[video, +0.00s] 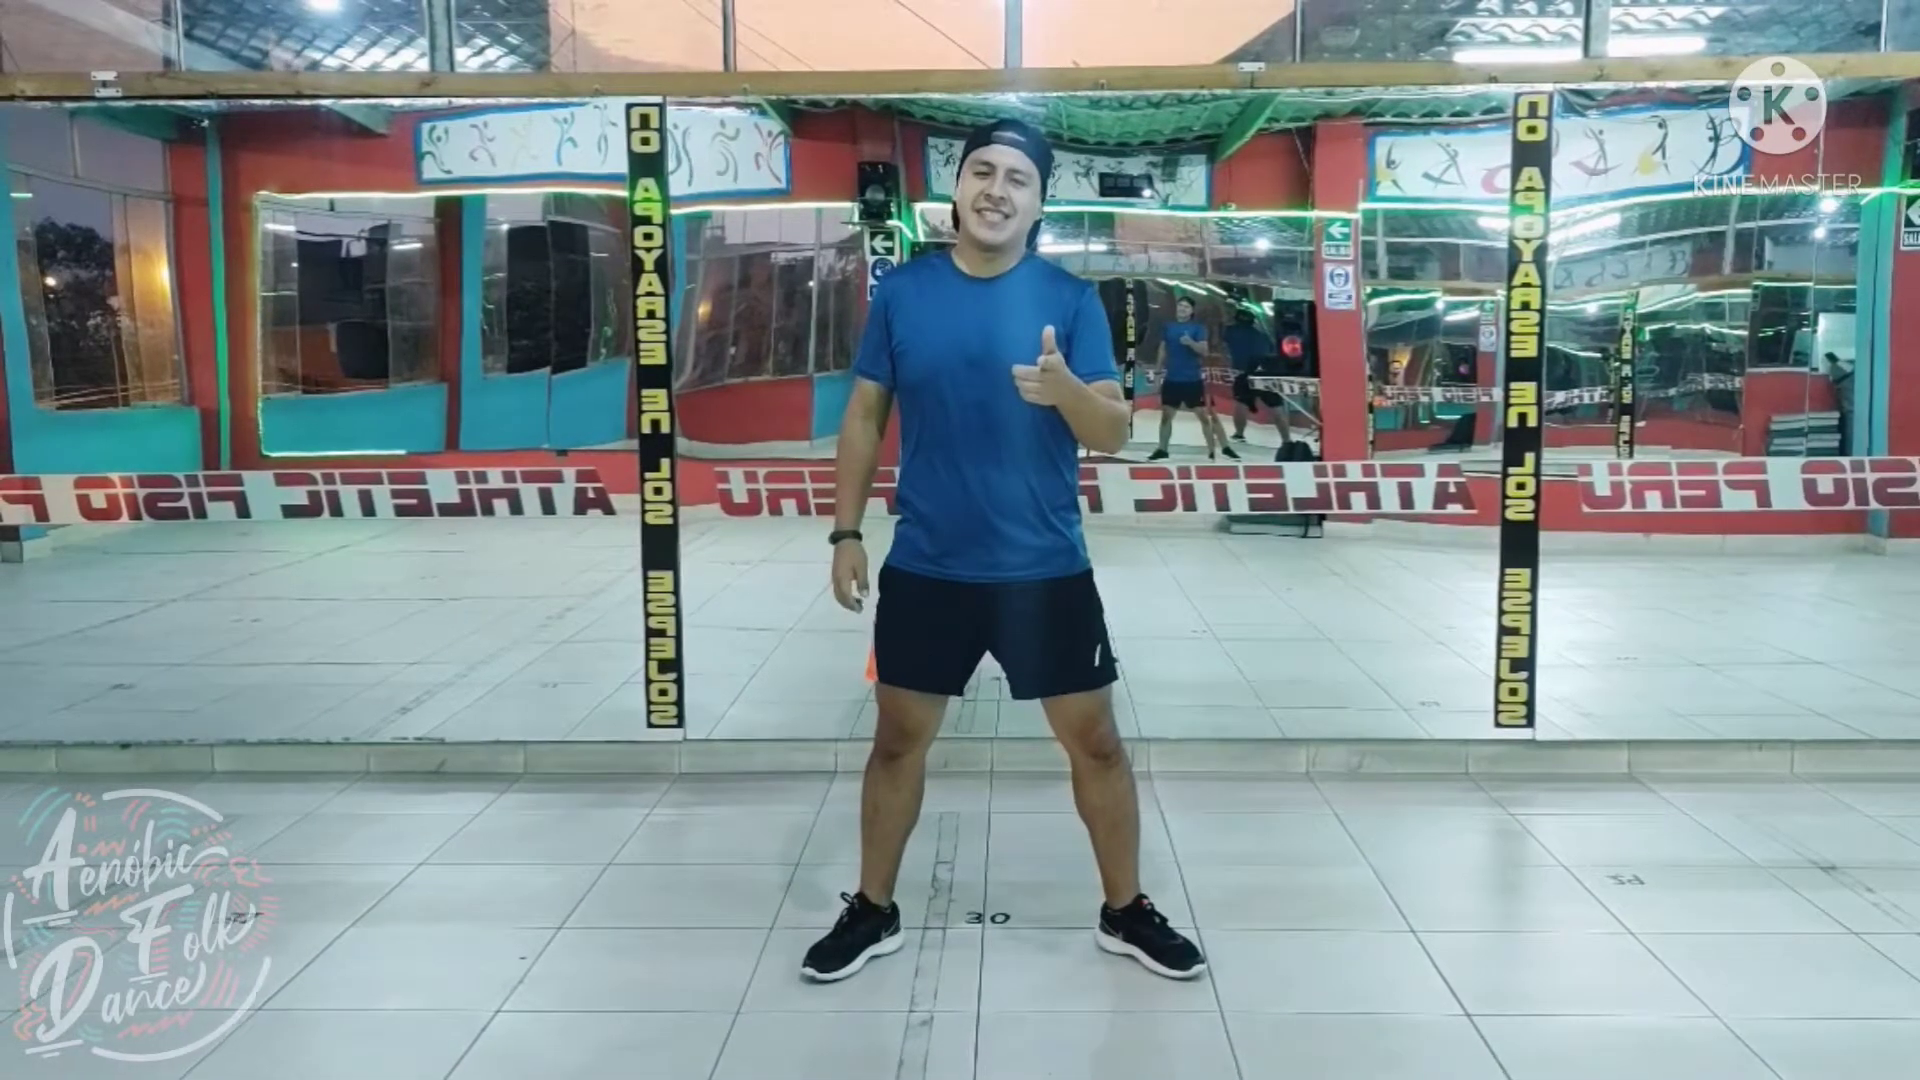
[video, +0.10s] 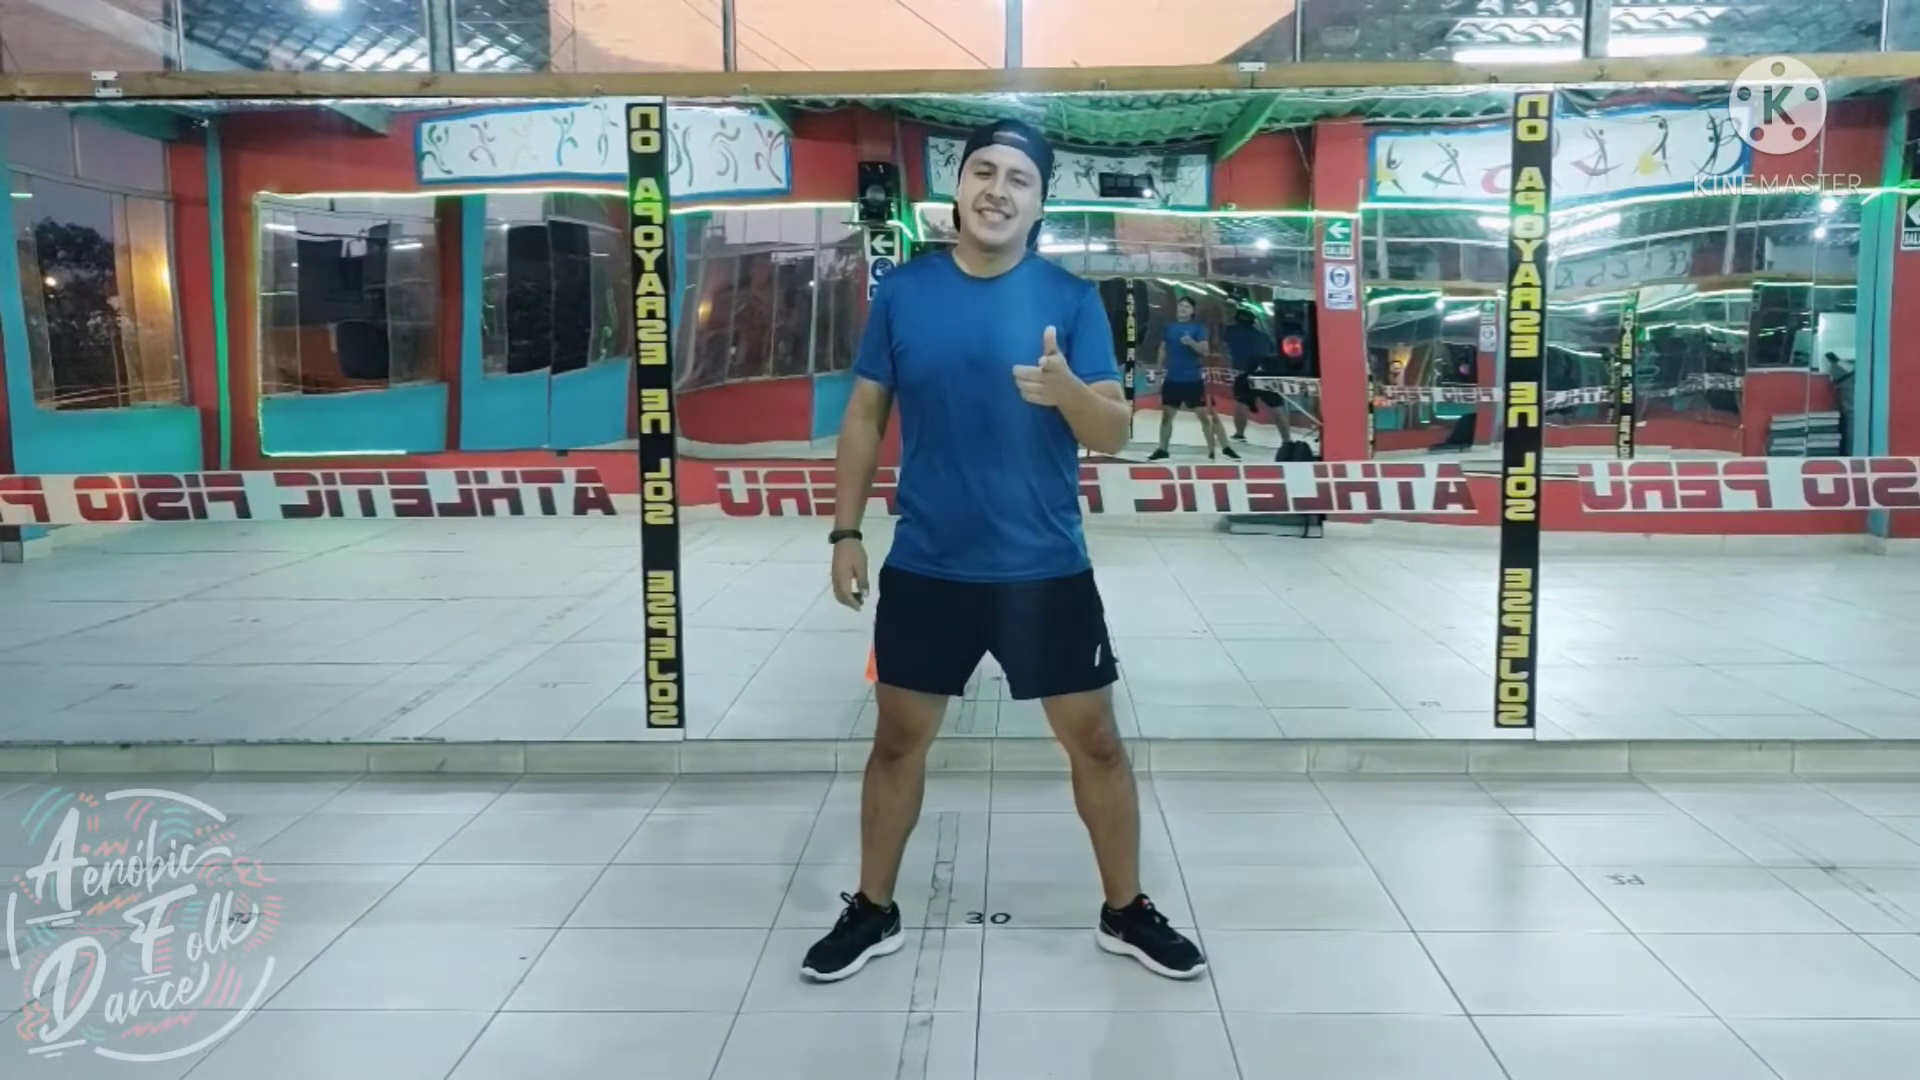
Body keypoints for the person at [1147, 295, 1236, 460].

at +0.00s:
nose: (1182, 309)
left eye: (1186, 307)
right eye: (1180, 306)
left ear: (1192, 310)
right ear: (1176, 308)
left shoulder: (1199, 328)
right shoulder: (1169, 327)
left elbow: (1204, 350)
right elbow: (1162, 348)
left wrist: (1191, 343)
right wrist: (1158, 368)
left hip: (1193, 379)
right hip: (1172, 378)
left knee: (1203, 416)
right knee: (1166, 415)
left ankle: (1212, 450)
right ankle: (1162, 448)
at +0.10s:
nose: (1183, 309)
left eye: (1186, 307)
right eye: (1181, 306)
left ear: (1192, 311)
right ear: (1176, 308)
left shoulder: (1199, 328)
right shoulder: (1169, 327)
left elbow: (1205, 350)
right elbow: (1163, 348)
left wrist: (1191, 343)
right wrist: (1159, 367)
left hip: (1193, 379)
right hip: (1173, 378)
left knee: (1203, 415)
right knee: (1167, 415)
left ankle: (1212, 450)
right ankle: (1163, 448)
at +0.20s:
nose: (1183, 309)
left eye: (1186, 307)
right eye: (1181, 306)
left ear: (1193, 311)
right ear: (1177, 309)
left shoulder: (1199, 328)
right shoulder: (1169, 328)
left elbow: (1205, 350)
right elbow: (1163, 348)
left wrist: (1192, 343)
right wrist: (1159, 367)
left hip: (1193, 379)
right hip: (1173, 378)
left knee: (1203, 415)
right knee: (1167, 414)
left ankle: (1212, 450)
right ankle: (1163, 448)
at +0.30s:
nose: (1183, 309)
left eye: (1187, 307)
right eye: (1181, 306)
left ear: (1193, 311)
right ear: (1177, 308)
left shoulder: (1200, 329)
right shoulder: (1170, 328)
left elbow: (1206, 350)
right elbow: (1163, 348)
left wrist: (1192, 343)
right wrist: (1159, 367)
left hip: (1193, 379)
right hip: (1173, 378)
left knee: (1204, 415)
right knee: (1167, 414)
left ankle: (1212, 450)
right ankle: (1163, 448)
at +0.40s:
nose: (1184, 309)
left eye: (1187, 307)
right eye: (1182, 306)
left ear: (1193, 311)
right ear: (1177, 308)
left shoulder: (1200, 329)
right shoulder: (1170, 328)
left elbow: (1206, 350)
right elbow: (1163, 348)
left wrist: (1192, 343)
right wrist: (1160, 368)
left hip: (1194, 379)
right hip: (1173, 378)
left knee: (1204, 415)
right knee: (1167, 414)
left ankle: (1212, 450)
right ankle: (1163, 448)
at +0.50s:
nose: (1184, 309)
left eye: (1187, 307)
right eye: (1182, 306)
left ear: (1193, 311)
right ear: (1177, 308)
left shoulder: (1200, 329)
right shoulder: (1170, 328)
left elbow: (1206, 351)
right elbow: (1164, 349)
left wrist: (1193, 343)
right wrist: (1160, 368)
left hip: (1194, 379)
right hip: (1173, 378)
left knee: (1204, 415)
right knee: (1167, 414)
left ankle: (1212, 450)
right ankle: (1163, 448)